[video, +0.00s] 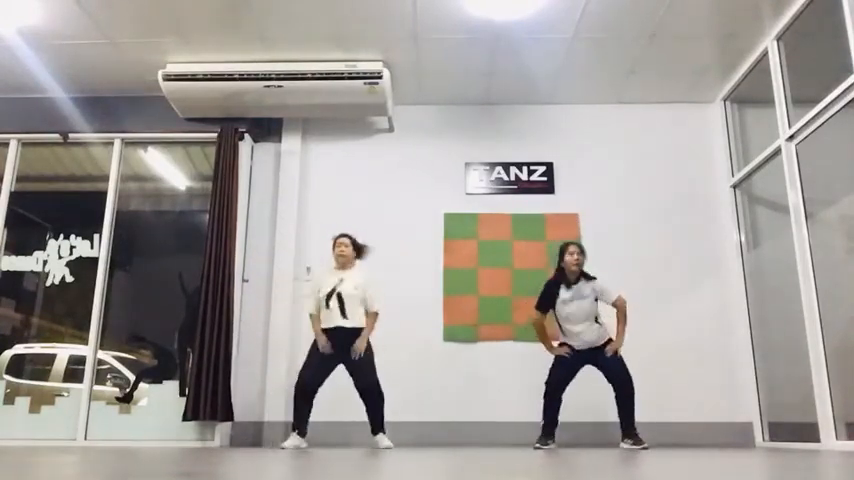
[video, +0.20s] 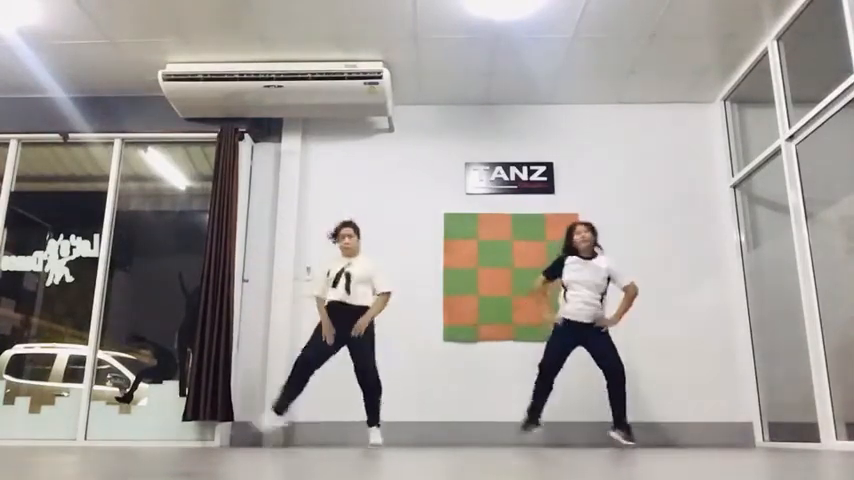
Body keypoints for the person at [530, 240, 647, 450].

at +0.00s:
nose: (575, 258)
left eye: (579, 254)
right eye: (570, 254)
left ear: (583, 259)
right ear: (562, 260)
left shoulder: (592, 284)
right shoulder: (553, 287)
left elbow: (620, 304)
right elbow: (538, 319)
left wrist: (618, 341)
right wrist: (550, 348)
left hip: (601, 348)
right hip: (570, 351)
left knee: (624, 383)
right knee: (553, 388)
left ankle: (629, 434)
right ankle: (547, 435)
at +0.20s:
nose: (582, 235)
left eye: (586, 232)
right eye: (577, 233)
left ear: (594, 237)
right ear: (571, 240)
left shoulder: (605, 265)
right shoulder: (564, 263)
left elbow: (631, 290)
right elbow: (541, 285)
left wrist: (615, 318)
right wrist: (548, 313)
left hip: (594, 329)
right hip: (566, 327)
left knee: (616, 372)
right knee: (546, 371)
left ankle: (620, 426)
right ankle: (532, 419)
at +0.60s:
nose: (570, 237)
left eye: (573, 234)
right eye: (565, 234)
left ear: (579, 241)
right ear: (558, 240)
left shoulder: (589, 261)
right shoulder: (551, 267)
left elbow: (616, 281)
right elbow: (530, 296)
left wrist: (612, 313)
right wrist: (544, 322)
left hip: (595, 327)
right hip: (567, 330)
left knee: (620, 372)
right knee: (553, 375)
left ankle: (638, 421)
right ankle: (554, 429)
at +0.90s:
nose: (578, 236)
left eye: (581, 232)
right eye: (573, 233)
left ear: (587, 237)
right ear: (565, 240)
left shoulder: (597, 264)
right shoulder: (556, 264)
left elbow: (622, 289)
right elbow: (533, 287)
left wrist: (611, 318)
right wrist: (546, 316)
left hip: (592, 326)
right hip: (563, 327)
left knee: (615, 368)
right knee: (550, 373)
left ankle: (619, 423)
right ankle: (541, 423)